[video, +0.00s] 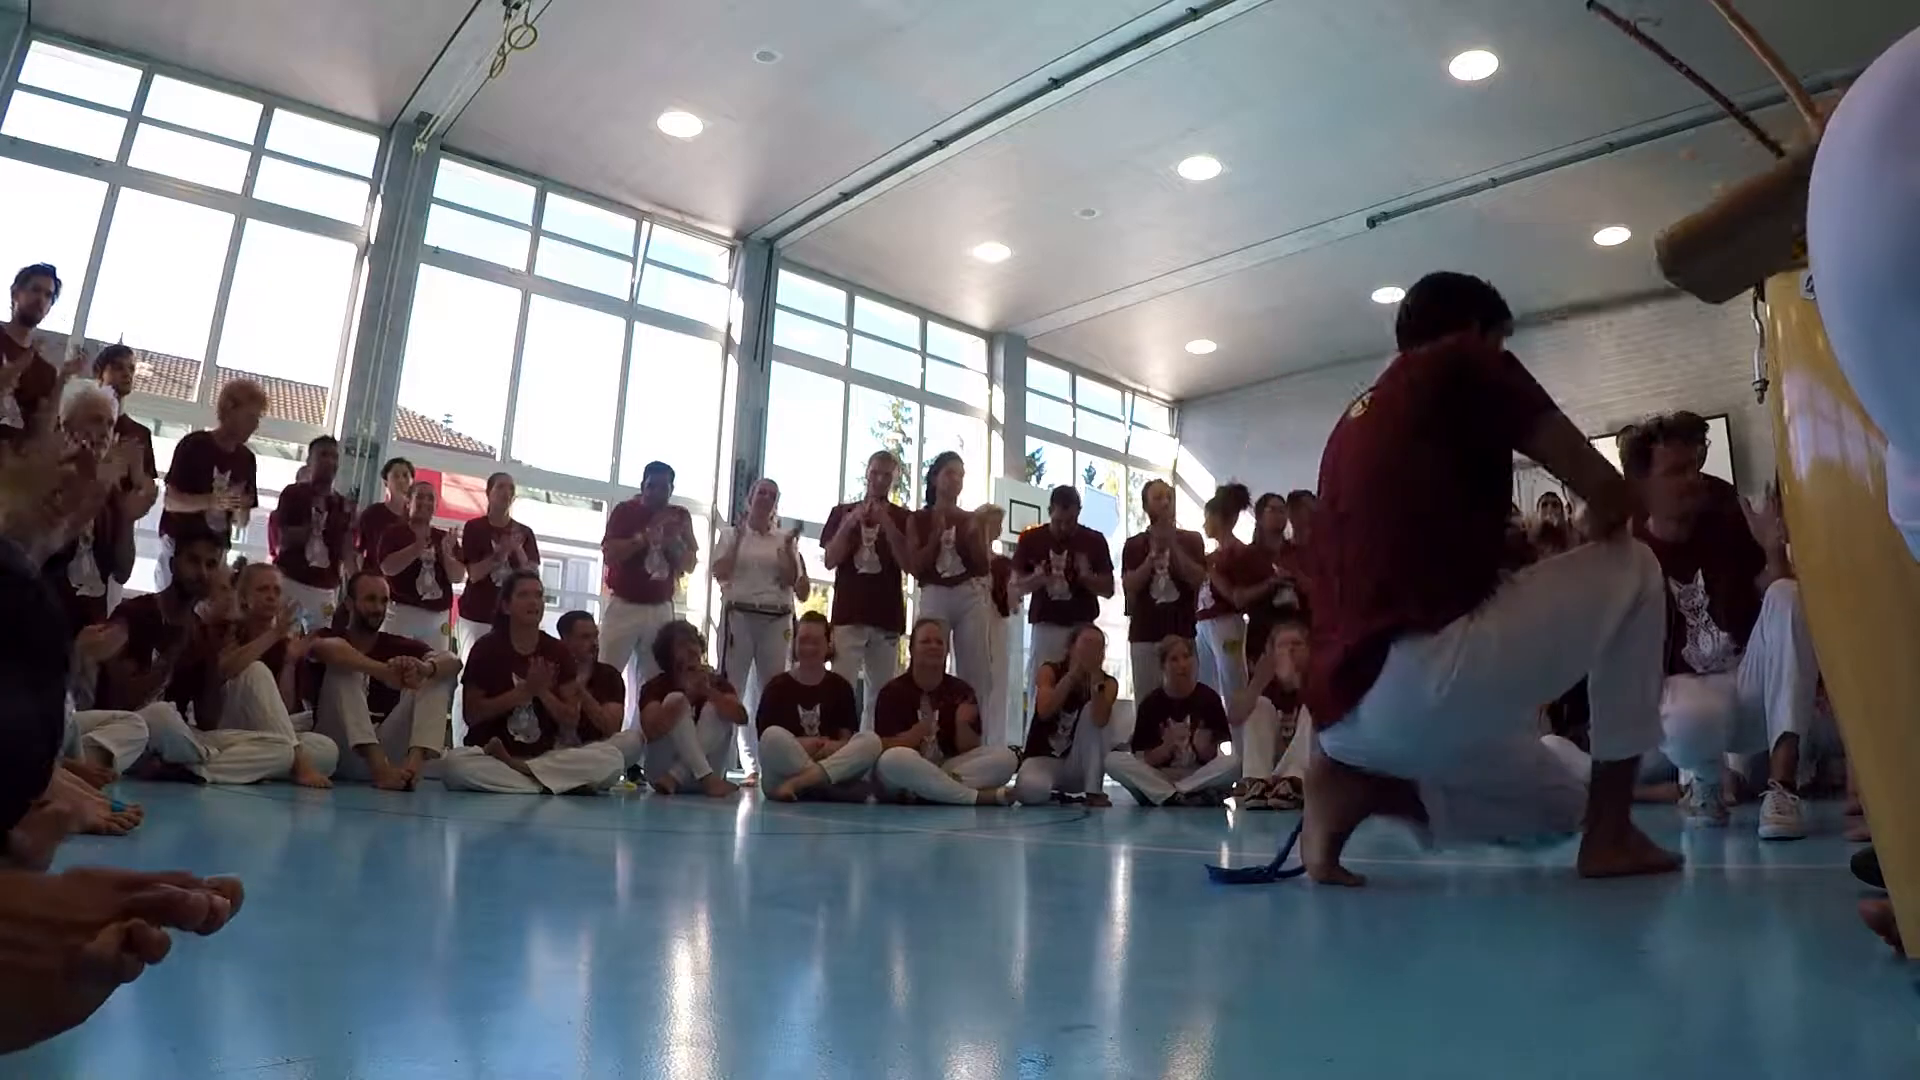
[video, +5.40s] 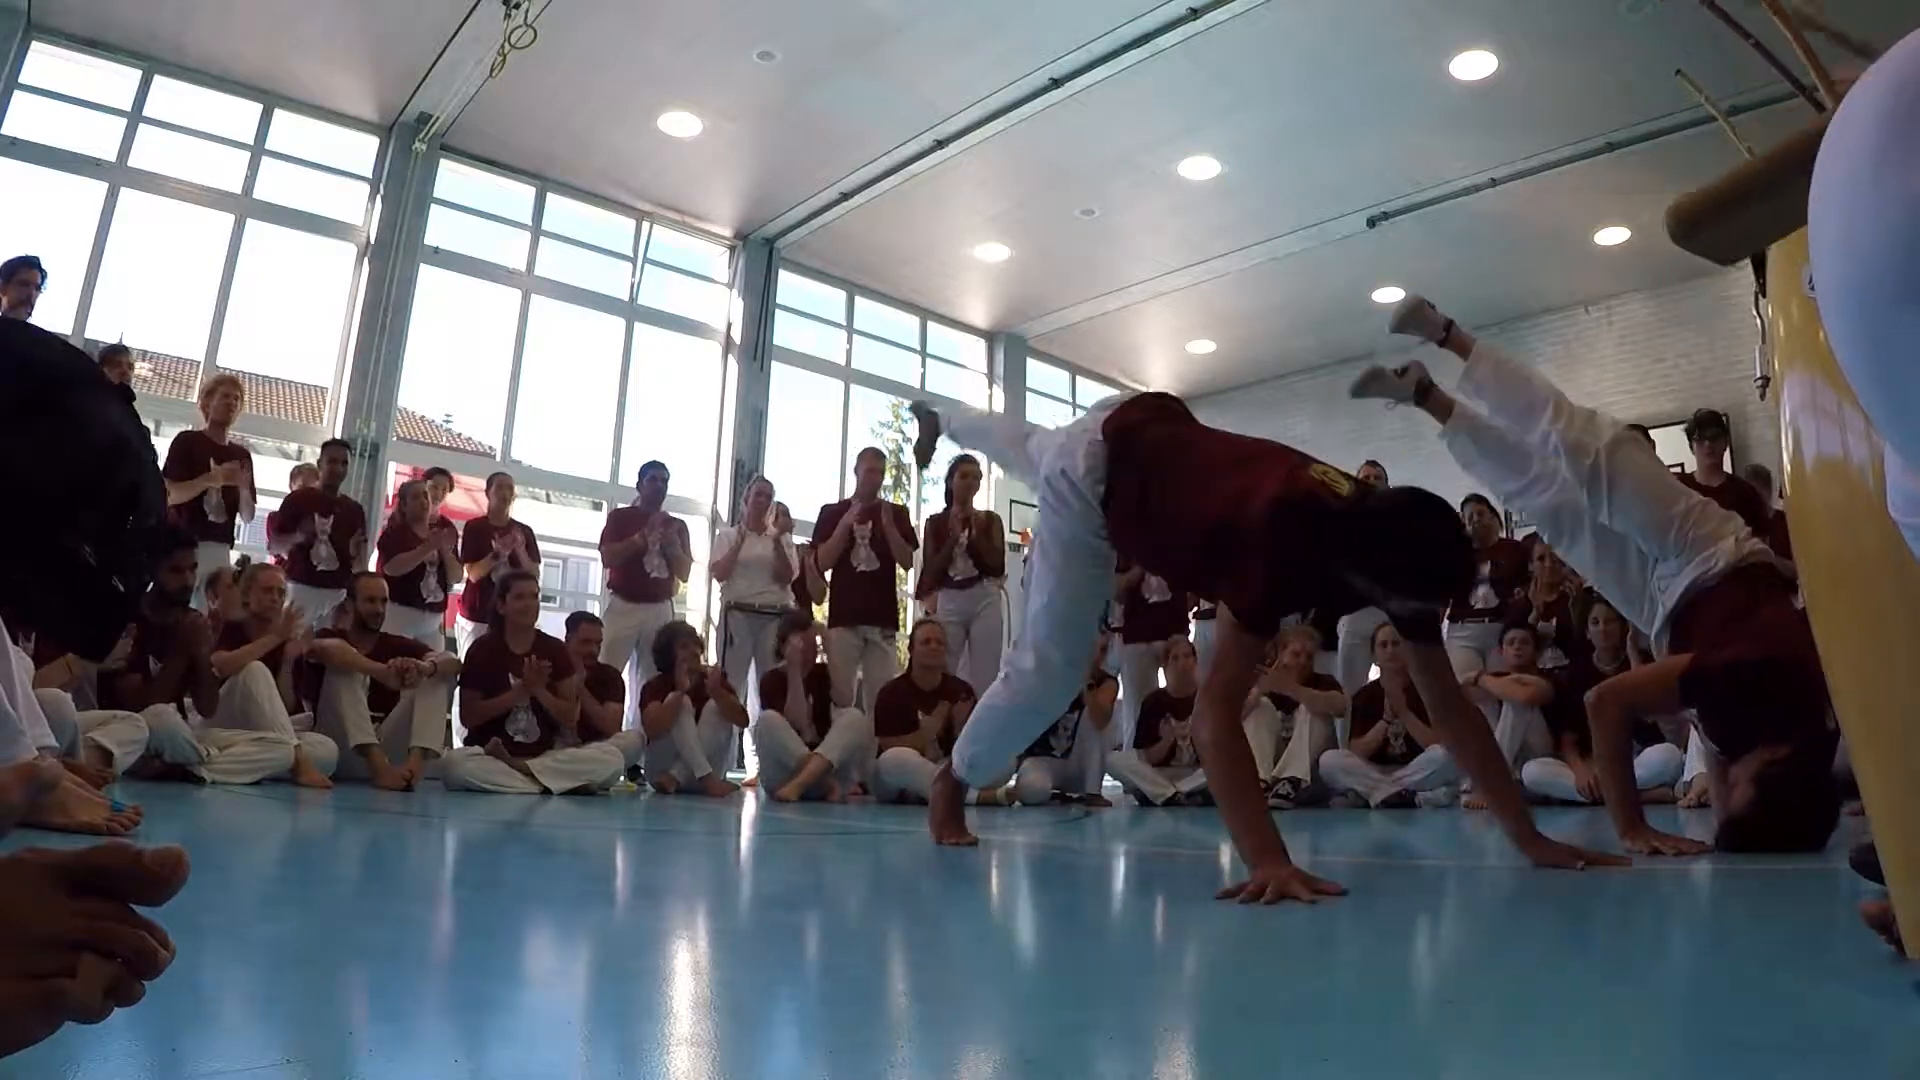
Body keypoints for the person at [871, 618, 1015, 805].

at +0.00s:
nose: (933, 647)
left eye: (939, 643)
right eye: (925, 642)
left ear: (946, 650)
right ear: (912, 650)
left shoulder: (961, 690)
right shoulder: (893, 691)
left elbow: (969, 749)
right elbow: (884, 745)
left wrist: (963, 724)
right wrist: (919, 731)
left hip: (951, 765)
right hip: (909, 766)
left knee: (1006, 758)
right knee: (892, 760)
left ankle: (928, 792)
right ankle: (975, 798)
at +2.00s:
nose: (926, 646)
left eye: (933, 641)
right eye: (919, 641)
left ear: (944, 650)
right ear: (909, 650)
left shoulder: (961, 689)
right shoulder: (891, 692)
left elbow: (966, 749)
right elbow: (884, 746)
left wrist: (967, 726)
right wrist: (919, 729)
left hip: (950, 766)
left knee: (1006, 759)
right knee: (894, 760)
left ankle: (928, 792)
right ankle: (975, 798)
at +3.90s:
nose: (933, 647)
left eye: (939, 642)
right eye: (925, 642)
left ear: (946, 650)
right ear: (911, 650)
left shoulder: (961, 691)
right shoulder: (890, 693)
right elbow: (884, 747)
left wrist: (961, 726)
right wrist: (921, 732)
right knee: (892, 757)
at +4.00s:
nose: (933, 647)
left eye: (939, 642)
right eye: (925, 642)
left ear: (945, 650)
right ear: (911, 650)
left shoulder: (962, 691)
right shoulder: (890, 693)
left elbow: (972, 740)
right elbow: (884, 745)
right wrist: (925, 740)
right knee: (891, 757)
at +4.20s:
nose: (933, 647)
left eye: (939, 643)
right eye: (926, 642)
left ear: (947, 651)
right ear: (911, 650)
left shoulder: (962, 691)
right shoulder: (891, 692)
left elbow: (971, 748)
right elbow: (885, 746)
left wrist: (959, 723)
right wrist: (927, 731)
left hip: (951, 776)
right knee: (896, 757)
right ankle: (965, 797)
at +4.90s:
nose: (933, 647)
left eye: (939, 643)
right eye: (925, 642)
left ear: (946, 651)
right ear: (910, 650)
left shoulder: (962, 691)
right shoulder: (891, 693)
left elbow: (971, 747)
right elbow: (887, 744)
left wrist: (954, 731)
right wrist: (925, 739)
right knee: (893, 758)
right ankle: (987, 796)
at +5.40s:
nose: (934, 647)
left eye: (939, 643)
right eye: (926, 642)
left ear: (946, 651)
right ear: (911, 650)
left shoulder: (961, 690)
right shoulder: (892, 693)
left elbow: (970, 748)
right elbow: (893, 750)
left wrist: (962, 725)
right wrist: (927, 731)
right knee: (896, 758)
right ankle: (977, 796)